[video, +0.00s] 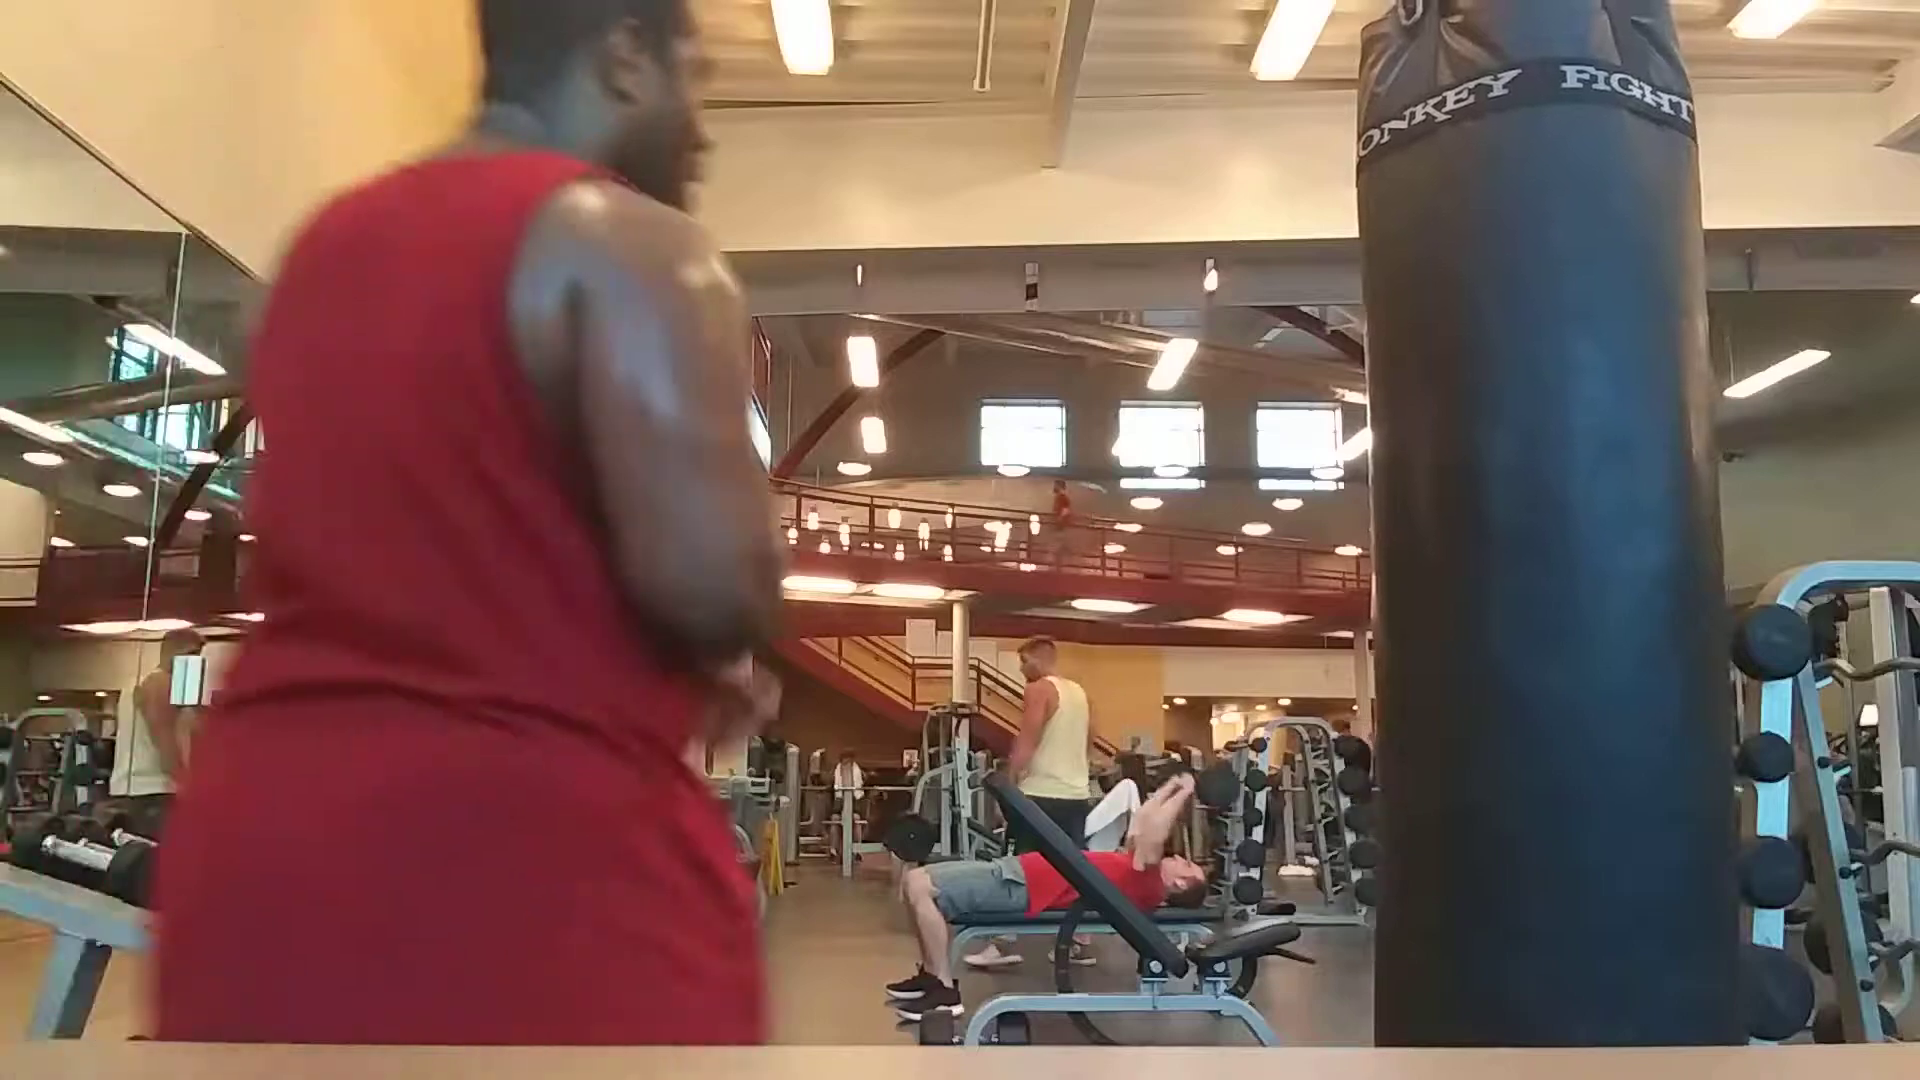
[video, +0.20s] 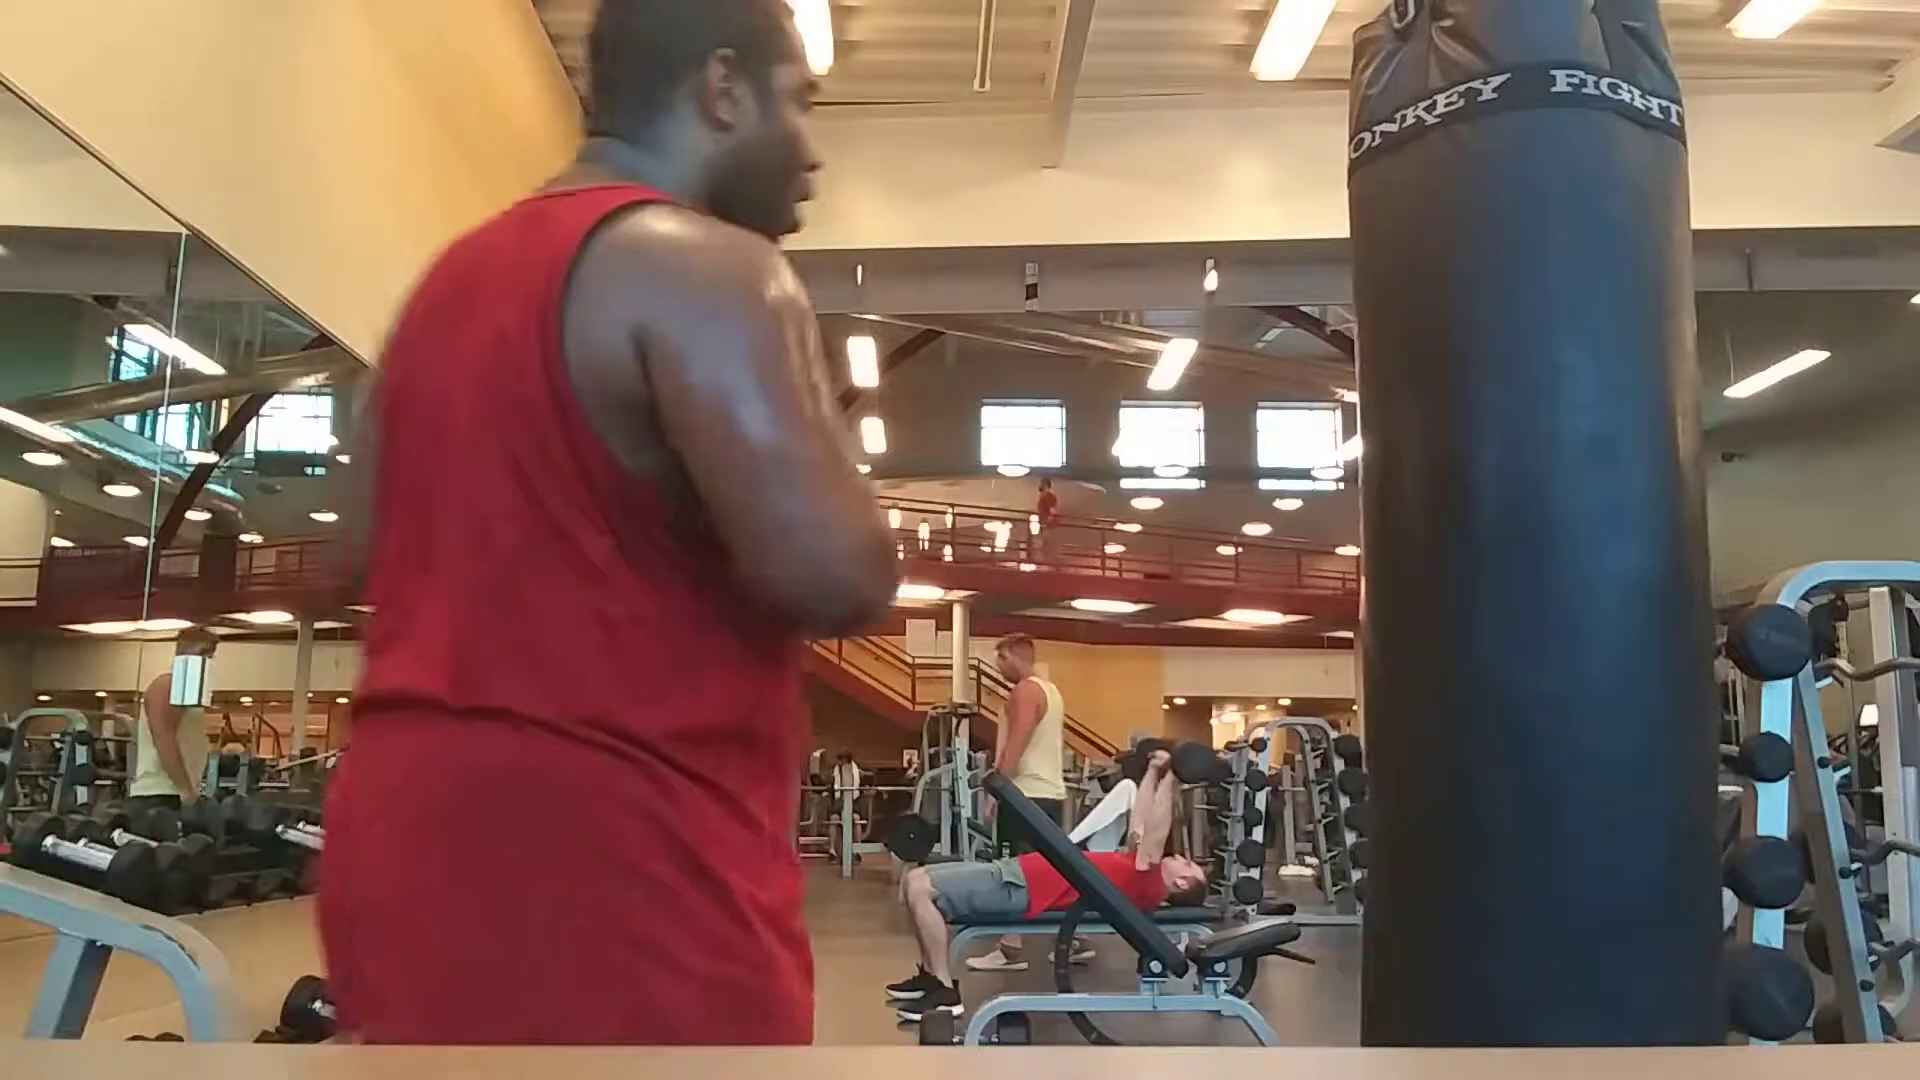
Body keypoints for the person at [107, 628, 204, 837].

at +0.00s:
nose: (196, 661)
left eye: (197, 654)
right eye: (194, 653)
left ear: (167, 651)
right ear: (181, 653)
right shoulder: (158, 681)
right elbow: (166, 743)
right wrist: (184, 780)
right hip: (150, 794)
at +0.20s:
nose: (210, 663)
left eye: (211, 656)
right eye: (207, 656)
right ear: (192, 653)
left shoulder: (186, 690)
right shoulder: (166, 685)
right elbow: (165, 742)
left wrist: (192, 789)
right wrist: (188, 790)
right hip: (159, 800)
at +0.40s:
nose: (225, 656)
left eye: (228, 650)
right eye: (220, 649)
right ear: (201, 648)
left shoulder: (211, 693)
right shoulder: (178, 682)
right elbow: (165, 735)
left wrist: (213, 794)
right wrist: (178, 792)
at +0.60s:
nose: (236, 655)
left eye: (238, 649)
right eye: (230, 648)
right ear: (210, 649)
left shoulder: (226, 692)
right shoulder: (187, 683)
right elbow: (171, 738)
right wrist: (180, 792)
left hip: (225, 796)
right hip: (192, 798)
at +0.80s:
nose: (253, 656)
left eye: (255, 650)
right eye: (247, 649)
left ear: (257, 652)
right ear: (227, 649)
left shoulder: (250, 695)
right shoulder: (202, 685)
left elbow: (248, 746)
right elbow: (182, 737)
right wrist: (191, 792)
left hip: (244, 794)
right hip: (206, 794)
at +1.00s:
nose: (276, 658)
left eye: (279, 651)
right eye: (270, 650)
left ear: (282, 653)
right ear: (251, 650)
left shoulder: (274, 695)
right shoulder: (228, 688)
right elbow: (205, 739)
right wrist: (203, 791)